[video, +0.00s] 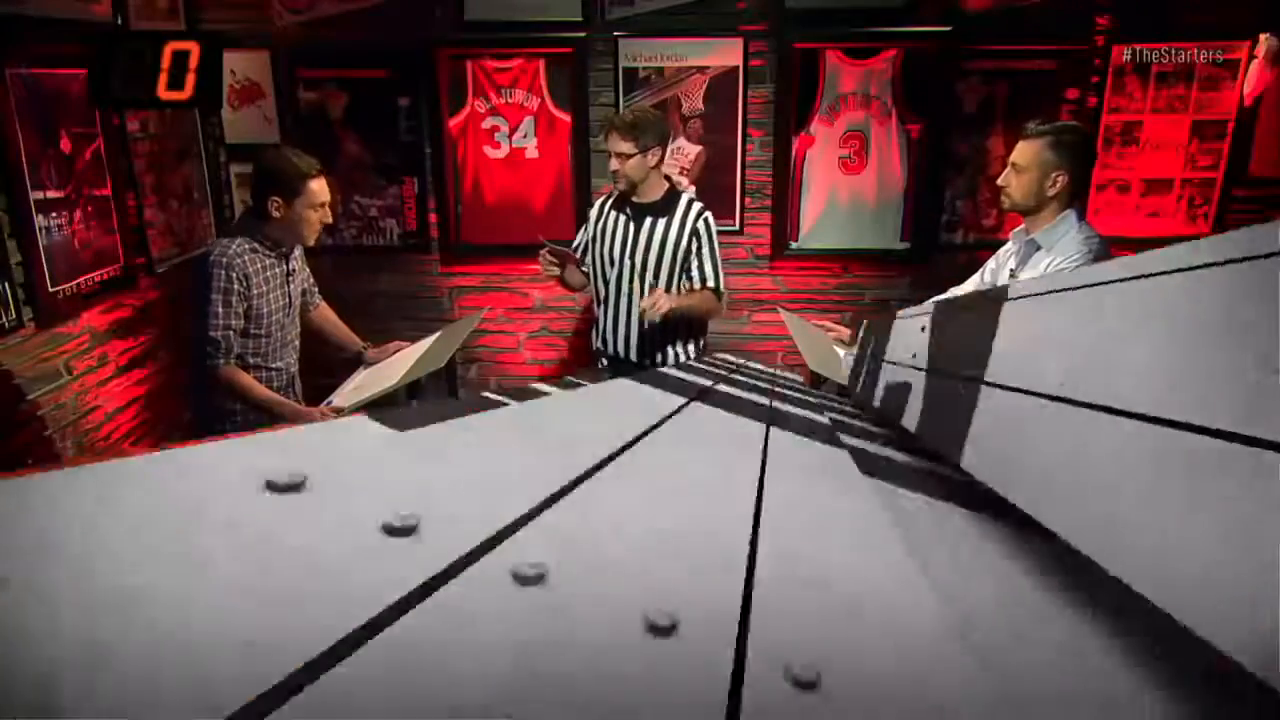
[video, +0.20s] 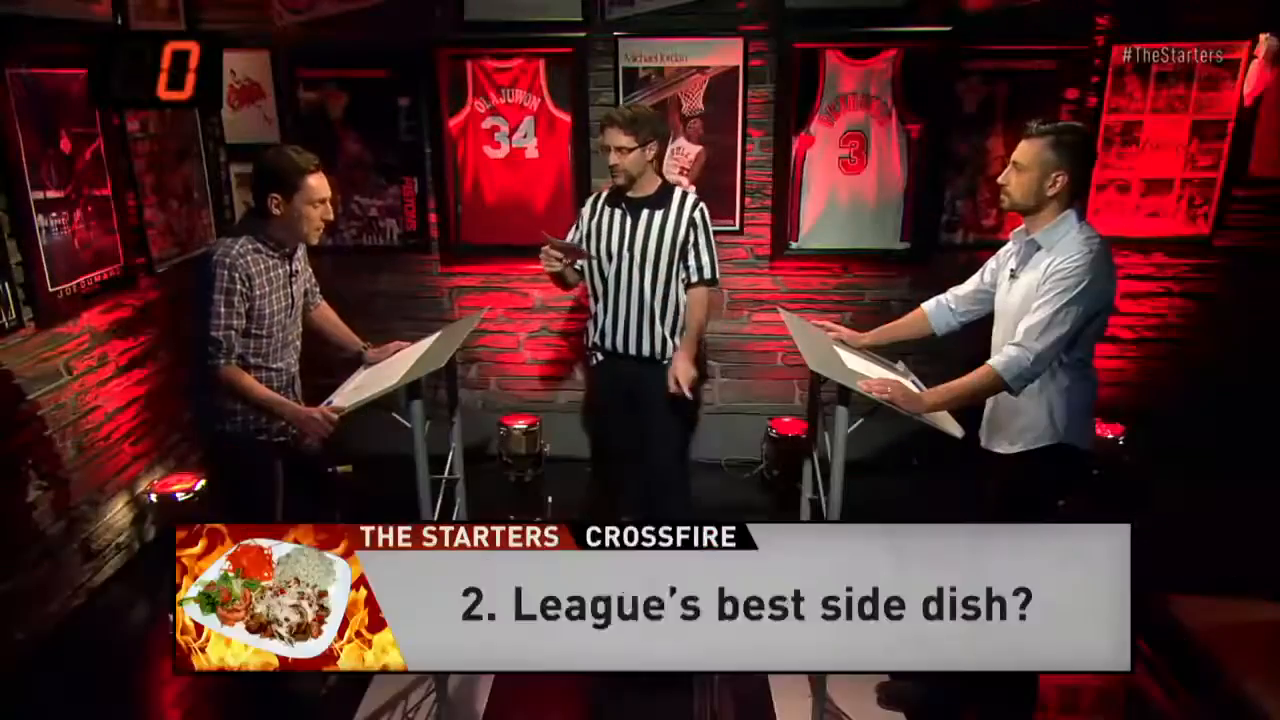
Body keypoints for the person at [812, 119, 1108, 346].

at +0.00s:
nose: (1000, 180)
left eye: (1016, 170)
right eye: (1007, 167)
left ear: (1056, 183)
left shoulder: (1078, 258)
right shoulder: (1016, 250)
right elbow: (955, 302)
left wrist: (877, 344)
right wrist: (872, 335)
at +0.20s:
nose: (1003, 176)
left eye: (1017, 169)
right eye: (1007, 165)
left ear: (1056, 185)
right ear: (1046, 183)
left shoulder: (1083, 260)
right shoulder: (1025, 243)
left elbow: (1022, 360)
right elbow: (956, 305)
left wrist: (927, 399)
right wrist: (868, 338)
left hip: (1042, 446)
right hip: (1000, 435)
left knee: (1011, 579)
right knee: (976, 564)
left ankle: (999, 705)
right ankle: (942, 682)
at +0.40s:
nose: (1001, 178)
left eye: (1014, 170)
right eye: (1005, 166)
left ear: (1054, 186)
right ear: (1046, 185)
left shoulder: (1083, 260)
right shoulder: (1026, 243)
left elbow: (1022, 360)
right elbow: (957, 304)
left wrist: (927, 399)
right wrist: (869, 338)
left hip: (1044, 450)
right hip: (1000, 438)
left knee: (1016, 584)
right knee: (984, 573)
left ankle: (1004, 705)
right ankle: (953, 693)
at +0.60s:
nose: (1001, 178)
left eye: (1014, 169)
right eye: (1005, 166)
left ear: (1053, 186)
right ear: (1045, 184)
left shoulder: (1083, 259)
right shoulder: (1025, 243)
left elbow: (1022, 359)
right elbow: (956, 305)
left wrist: (928, 399)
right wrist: (869, 338)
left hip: (1044, 447)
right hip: (1001, 436)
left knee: (1014, 577)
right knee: (978, 564)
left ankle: (1005, 703)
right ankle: (954, 688)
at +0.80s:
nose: (1001, 178)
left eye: (1014, 170)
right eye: (1005, 166)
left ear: (1054, 186)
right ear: (1044, 184)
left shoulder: (1083, 259)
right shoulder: (1026, 244)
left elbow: (1023, 359)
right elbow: (956, 305)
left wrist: (927, 399)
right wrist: (868, 339)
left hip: (1044, 448)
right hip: (1000, 436)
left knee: (1012, 578)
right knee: (972, 561)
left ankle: (994, 699)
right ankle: (942, 679)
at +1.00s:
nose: (1002, 175)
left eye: (1016, 167)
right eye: (1007, 163)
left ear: (1054, 186)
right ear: (1046, 184)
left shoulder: (1083, 259)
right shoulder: (1026, 243)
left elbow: (1022, 358)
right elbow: (957, 305)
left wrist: (927, 399)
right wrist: (869, 338)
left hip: (1043, 446)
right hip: (1001, 433)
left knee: (1009, 580)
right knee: (974, 562)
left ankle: (998, 704)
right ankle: (941, 683)